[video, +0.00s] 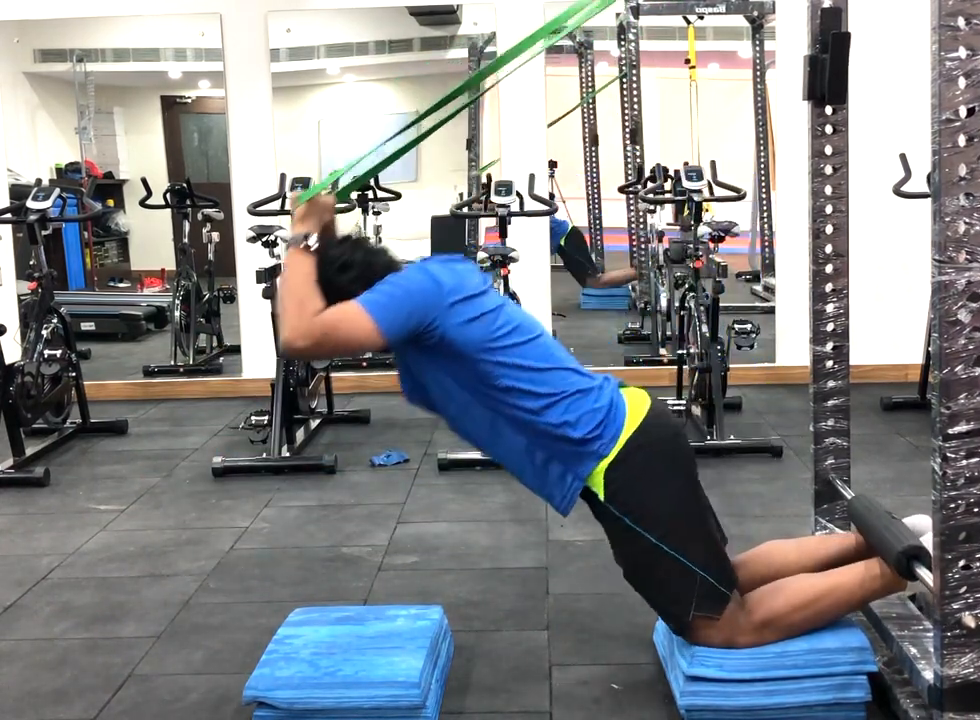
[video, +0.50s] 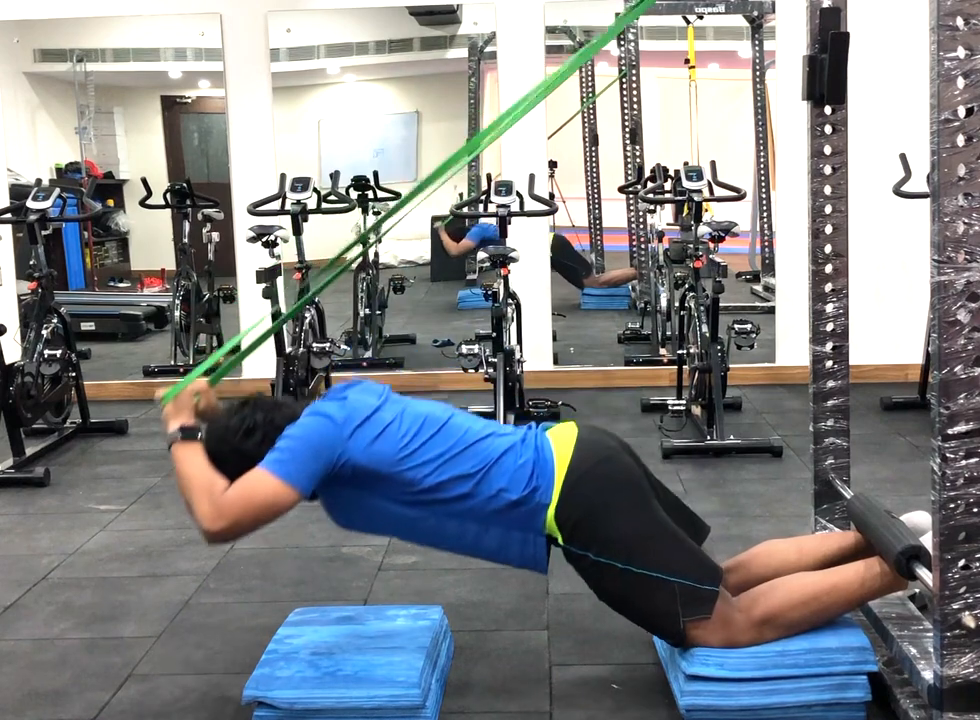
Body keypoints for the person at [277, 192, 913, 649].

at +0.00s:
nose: (335, 328)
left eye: (334, 315)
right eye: (332, 316)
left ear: (356, 296)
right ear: (371, 276)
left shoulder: (428, 287)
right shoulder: (434, 285)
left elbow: (302, 334)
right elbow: (316, 331)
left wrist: (298, 242)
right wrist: (312, 247)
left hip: (623, 459)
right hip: (626, 442)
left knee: (720, 626)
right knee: (712, 584)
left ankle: (897, 571)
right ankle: (860, 539)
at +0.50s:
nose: (244, 479)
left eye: (241, 465)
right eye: (238, 467)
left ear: (263, 441)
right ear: (273, 405)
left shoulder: (325, 428)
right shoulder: (337, 403)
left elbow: (218, 518)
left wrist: (179, 431)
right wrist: (217, 424)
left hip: (574, 496)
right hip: (578, 464)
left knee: (725, 625)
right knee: (710, 586)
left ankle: (904, 567)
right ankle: (863, 536)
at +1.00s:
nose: (228, 595)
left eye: (220, 586)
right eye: (220, 581)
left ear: (240, 567)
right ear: (241, 529)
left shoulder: (294, 535)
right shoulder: (314, 500)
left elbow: (207, 642)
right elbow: (239, 612)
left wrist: (148, 582)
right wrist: (184, 573)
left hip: (547, 531)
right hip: (551, 490)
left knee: (725, 624)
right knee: (718, 583)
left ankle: (902, 563)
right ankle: (863, 531)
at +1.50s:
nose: (236, 576)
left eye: (228, 567)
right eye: (227, 564)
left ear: (239, 550)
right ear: (249, 506)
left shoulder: (294, 520)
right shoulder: (315, 488)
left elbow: (203, 624)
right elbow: (234, 596)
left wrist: (141, 570)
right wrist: (174, 560)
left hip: (545, 524)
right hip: (550, 487)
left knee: (716, 628)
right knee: (715, 580)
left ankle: (898, 567)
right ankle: (863, 535)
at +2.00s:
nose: (260, 506)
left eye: (252, 491)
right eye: (251, 492)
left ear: (264, 460)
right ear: (275, 434)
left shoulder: (319, 444)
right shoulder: (330, 427)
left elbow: (221, 537)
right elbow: (237, 512)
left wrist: (161, 484)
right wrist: (185, 470)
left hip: (570, 491)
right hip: (573, 466)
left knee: (723, 623)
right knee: (713, 579)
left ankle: (897, 568)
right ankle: (858, 535)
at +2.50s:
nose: (318, 400)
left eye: (315, 387)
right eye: (313, 389)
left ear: (328, 355)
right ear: (343, 332)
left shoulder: (393, 342)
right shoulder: (400, 335)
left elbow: (283, 427)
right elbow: (299, 417)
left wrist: (218, 376)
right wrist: (239, 371)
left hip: (624, 454)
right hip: (623, 439)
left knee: (726, 628)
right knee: (720, 586)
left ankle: (901, 569)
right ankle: (859, 534)